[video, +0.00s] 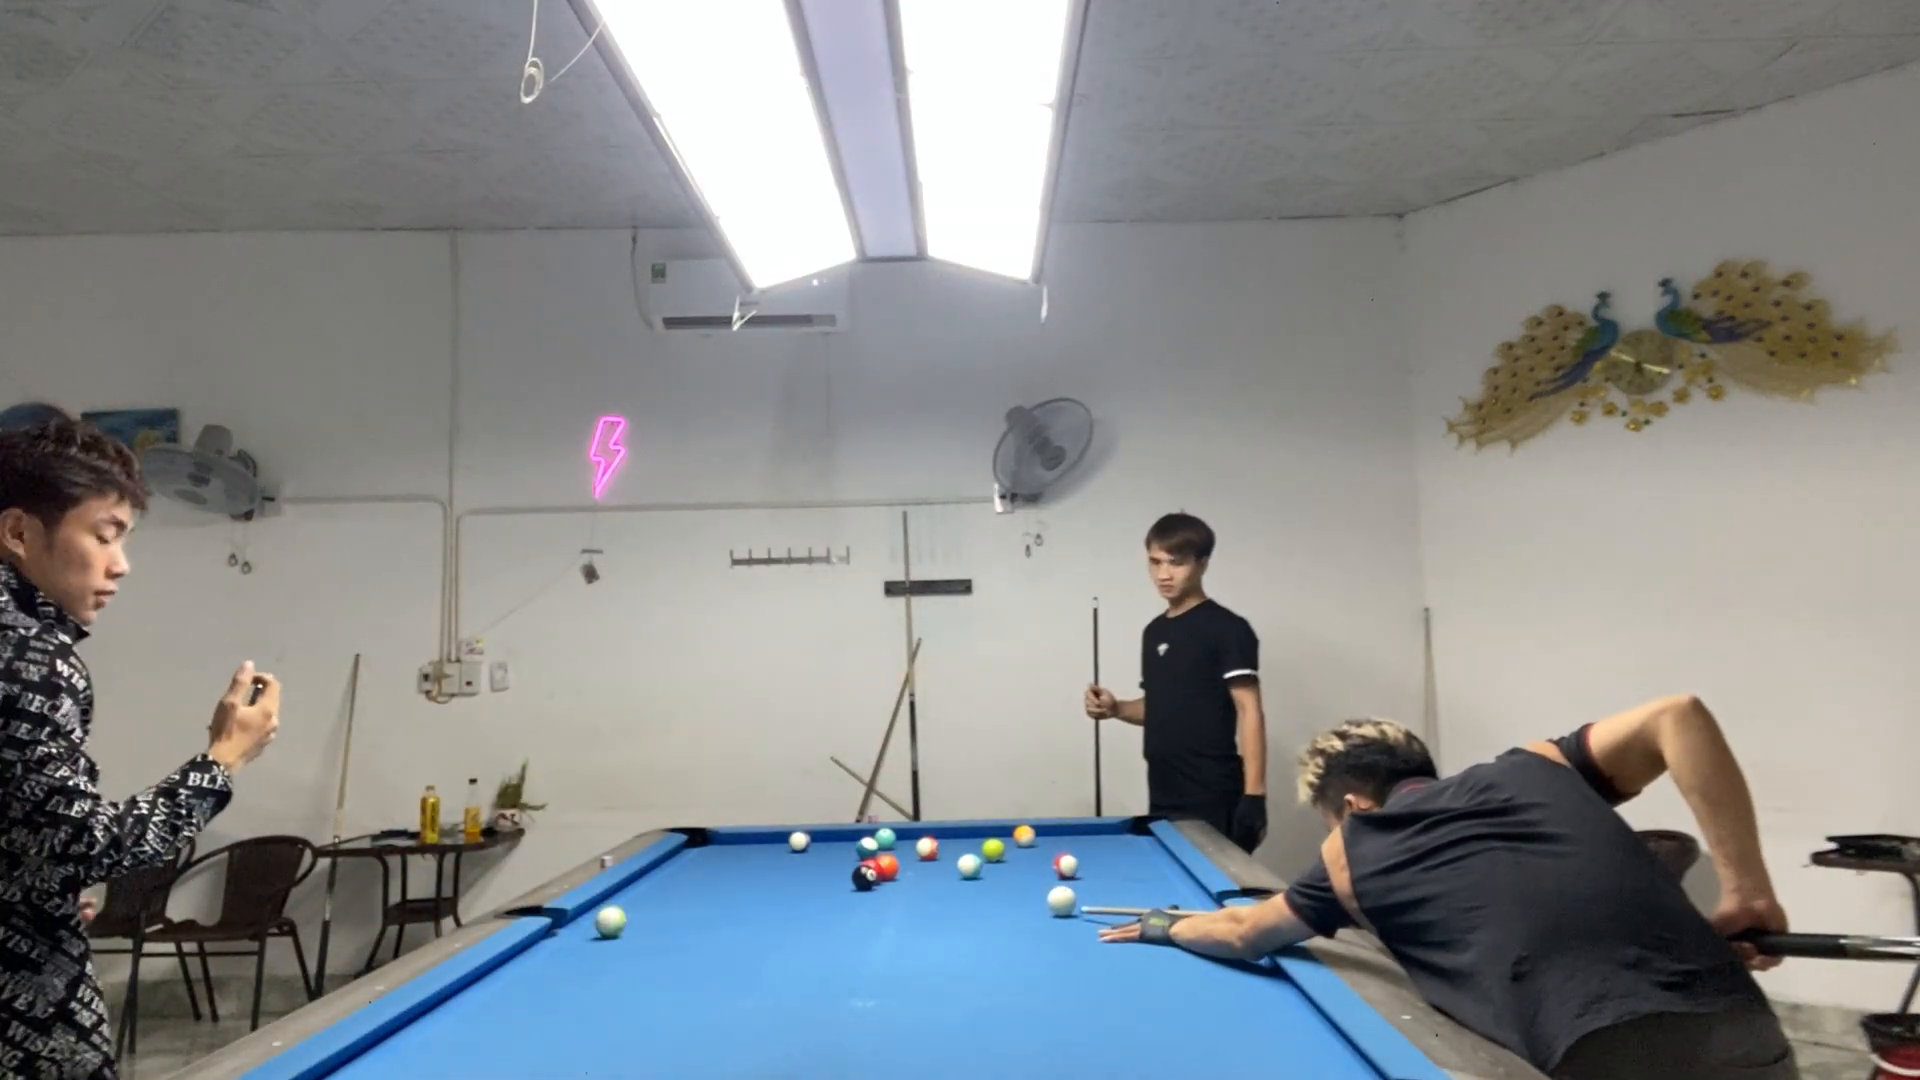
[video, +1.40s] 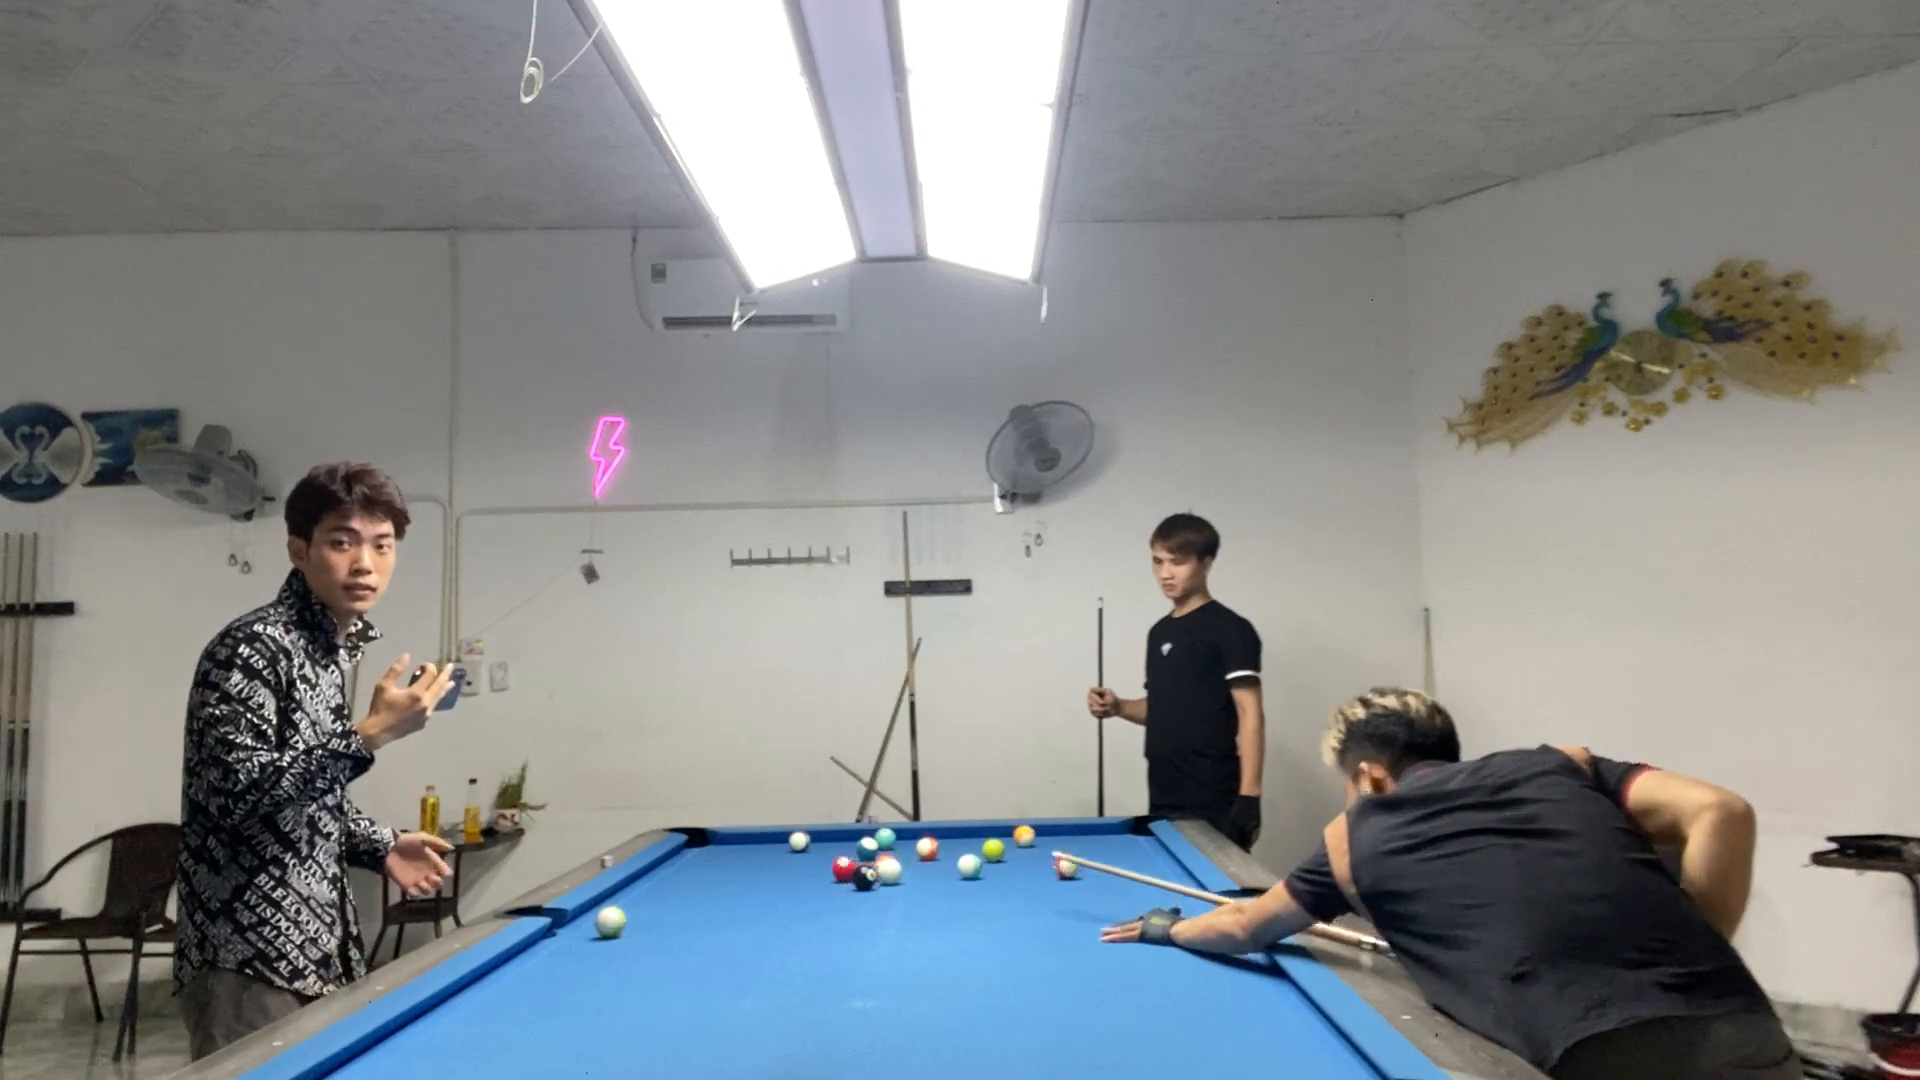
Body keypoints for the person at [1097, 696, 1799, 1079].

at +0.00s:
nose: (1330, 829)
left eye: (1326, 818)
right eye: (1326, 821)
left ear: (1348, 803)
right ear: (1427, 772)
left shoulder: (1352, 847)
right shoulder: (1537, 762)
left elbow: (1243, 933)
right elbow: (1679, 716)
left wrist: (1175, 923)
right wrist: (1749, 885)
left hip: (1611, 1055)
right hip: (1745, 1036)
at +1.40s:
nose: (1345, 802)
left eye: (1344, 786)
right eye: (1344, 788)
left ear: (1371, 776)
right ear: (1449, 751)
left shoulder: (1359, 833)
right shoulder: (1558, 764)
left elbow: (1243, 925)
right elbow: (1721, 814)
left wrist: (1169, 930)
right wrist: (1697, 959)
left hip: (1604, 1051)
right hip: (1742, 1028)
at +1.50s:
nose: (1358, 745)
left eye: (1359, 724)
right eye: (1359, 724)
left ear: (1389, 725)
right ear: (1471, 710)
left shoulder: (1362, 800)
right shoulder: (1588, 740)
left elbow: (1258, 904)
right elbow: (1736, 840)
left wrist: (1182, 932)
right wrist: (1708, 981)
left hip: (1594, 1050)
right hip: (1742, 1035)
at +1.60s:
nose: (1388, 677)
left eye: (1387, 659)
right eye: (1385, 658)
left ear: (1417, 662)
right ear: (1502, 654)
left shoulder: (1378, 750)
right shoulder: (1623, 712)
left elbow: (1275, 874)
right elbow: (1752, 850)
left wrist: (1204, 931)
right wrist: (1717, 988)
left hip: (1579, 1047)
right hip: (1730, 1031)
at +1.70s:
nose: (1431, 611)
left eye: (1435, 590)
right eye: (1434, 590)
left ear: (1462, 599)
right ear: (1551, 603)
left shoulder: (1406, 700)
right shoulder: (1664, 692)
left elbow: (1302, 845)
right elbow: (1782, 854)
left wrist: (1232, 922)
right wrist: (1727, 992)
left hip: (1568, 1043)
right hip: (1734, 1040)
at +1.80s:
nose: (1488, 567)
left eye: (1492, 549)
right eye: (1492, 548)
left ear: (1520, 557)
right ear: (1615, 568)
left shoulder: (1446, 670)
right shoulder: (1717, 684)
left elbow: (1342, 826)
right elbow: (1821, 865)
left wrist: (1272, 916)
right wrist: (1748, 1000)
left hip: (1552, 1043)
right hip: (1735, 1039)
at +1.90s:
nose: (1542, 546)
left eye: (1547, 526)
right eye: (1546, 526)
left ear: (1579, 537)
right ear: (1674, 549)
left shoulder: (1496, 652)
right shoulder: (1775, 685)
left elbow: (1400, 826)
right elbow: (1862, 875)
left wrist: (1331, 933)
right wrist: (1775, 1000)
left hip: (1569, 1045)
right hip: (1752, 1045)